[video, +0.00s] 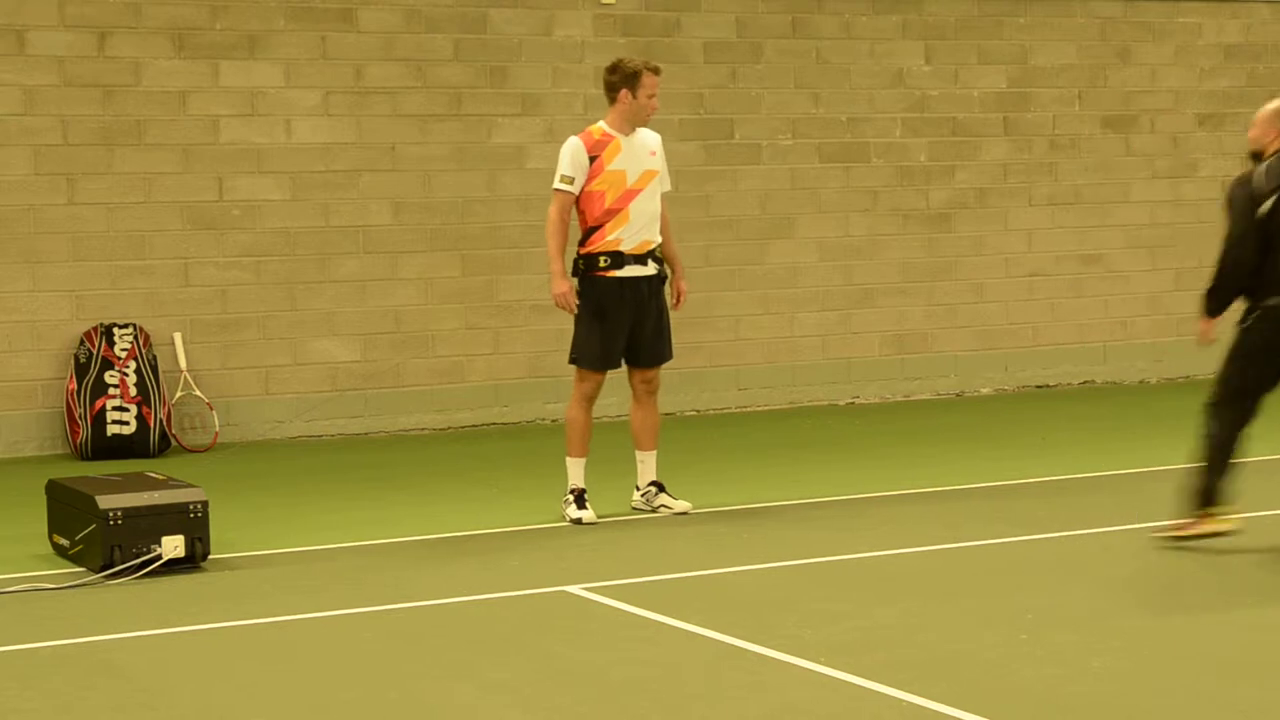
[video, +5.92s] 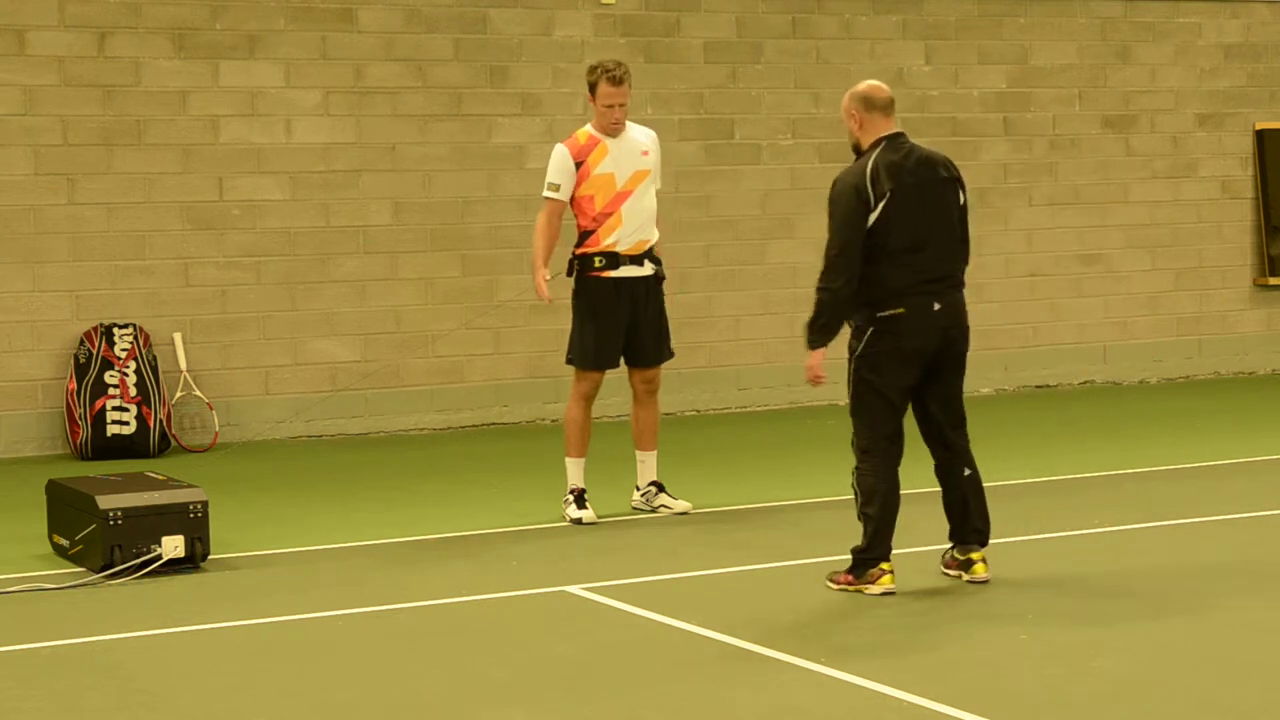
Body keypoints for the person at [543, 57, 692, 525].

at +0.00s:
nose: (656, 104)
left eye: (657, 97)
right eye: (651, 96)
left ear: (637, 98)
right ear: (623, 96)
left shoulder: (652, 144)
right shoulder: (581, 147)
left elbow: (659, 214)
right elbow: (558, 215)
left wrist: (676, 268)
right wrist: (558, 275)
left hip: (649, 281)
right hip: (601, 283)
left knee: (646, 384)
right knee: (587, 387)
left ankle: (647, 487)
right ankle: (576, 493)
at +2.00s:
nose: (646, 108)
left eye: (649, 100)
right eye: (639, 101)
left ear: (645, 100)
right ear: (612, 98)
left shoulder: (653, 142)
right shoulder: (577, 149)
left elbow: (665, 209)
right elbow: (557, 214)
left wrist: (686, 264)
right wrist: (547, 275)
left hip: (649, 280)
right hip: (600, 283)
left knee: (648, 384)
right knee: (588, 388)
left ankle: (647, 487)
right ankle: (576, 492)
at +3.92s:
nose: (650, 105)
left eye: (651, 97)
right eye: (645, 98)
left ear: (627, 98)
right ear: (617, 98)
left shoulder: (650, 143)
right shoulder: (579, 149)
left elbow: (685, 194)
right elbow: (567, 216)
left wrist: (740, 227)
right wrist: (581, 267)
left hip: (646, 280)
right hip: (601, 281)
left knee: (646, 383)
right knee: (586, 388)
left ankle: (647, 487)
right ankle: (575, 491)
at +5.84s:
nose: (617, 113)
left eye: (623, 105)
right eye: (609, 105)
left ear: (631, 101)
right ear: (591, 101)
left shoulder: (649, 142)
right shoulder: (572, 151)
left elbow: (663, 207)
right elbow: (553, 213)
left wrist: (680, 262)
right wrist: (543, 263)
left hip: (646, 279)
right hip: (598, 282)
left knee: (646, 383)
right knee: (586, 387)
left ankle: (647, 487)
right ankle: (576, 492)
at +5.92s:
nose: (617, 114)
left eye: (623, 105)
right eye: (608, 106)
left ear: (630, 101)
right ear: (590, 101)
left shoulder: (647, 141)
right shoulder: (571, 151)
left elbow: (648, 205)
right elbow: (551, 213)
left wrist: (654, 259)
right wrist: (540, 264)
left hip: (645, 280)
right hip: (597, 283)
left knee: (647, 383)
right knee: (585, 388)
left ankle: (648, 488)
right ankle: (576, 493)